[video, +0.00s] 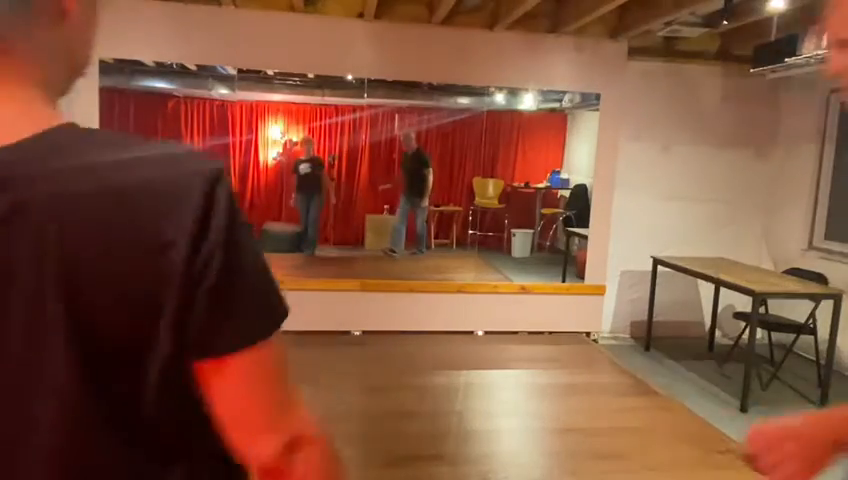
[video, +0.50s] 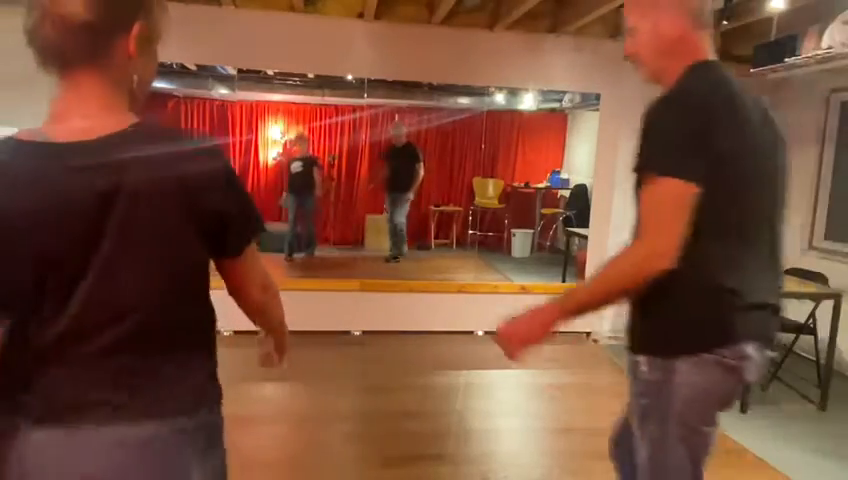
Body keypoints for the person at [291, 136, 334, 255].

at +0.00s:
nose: (308, 148)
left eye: (310, 145)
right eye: (306, 145)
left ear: (313, 146)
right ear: (302, 147)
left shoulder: (318, 161)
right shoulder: (298, 162)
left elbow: (325, 178)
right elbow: (295, 181)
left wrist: (330, 194)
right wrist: (294, 196)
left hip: (316, 193)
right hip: (302, 193)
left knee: (312, 220)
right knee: (303, 220)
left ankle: (310, 247)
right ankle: (303, 245)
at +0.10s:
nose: (308, 148)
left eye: (310, 145)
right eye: (306, 145)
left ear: (313, 146)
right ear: (302, 147)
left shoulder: (317, 161)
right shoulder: (297, 162)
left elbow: (324, 178)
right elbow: (295, 181)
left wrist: (331, 194)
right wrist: (295, 197)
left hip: (315, 194)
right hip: (302, 194)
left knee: (312, 221)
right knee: (302, 221)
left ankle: (310, 247)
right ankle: (302, 245)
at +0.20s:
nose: (307, 147)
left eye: (309, 144)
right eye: (305, 144)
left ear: (313, 146)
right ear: (301, 146)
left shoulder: (317, 160)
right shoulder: (297, 162)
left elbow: (324, 178)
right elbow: (295, 181)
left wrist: (331, 194)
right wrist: (295, 197)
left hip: (315, 193)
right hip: (301, 194)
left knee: (309, 220)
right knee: (300, 220)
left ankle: (310, 247)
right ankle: (301, 244)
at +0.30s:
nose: (306, 147)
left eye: (307, 144)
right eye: (303, 144)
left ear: (311, 145)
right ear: (300, 146)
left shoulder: (316, 161)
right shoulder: (295, 162)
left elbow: (322, 179)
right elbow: (293, 182)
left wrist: (324, 195)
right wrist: (292, 197)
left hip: (313, 194)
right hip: (299, 194)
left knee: (309, 220)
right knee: (299, 220)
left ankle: (309, 247)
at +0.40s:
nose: (303, 148)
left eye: (305, 144)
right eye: (301, 145)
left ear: (309, 145)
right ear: (297, 146)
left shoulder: (314, 160)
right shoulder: (293, 162)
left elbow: (319, 177)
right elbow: (290, 179)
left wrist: (320, 190)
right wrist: (288, 194)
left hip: (310, 194)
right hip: (296, 195)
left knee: (310, 222)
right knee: (293, 222)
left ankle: (310, 249)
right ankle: (289, 251)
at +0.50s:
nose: (301, 147)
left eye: (303, 144)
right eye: (299, 144)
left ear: (307, 145)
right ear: (295, 146)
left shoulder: (312, 160)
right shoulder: (291, 161)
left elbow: (317, 176)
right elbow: (288, 180)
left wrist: (318, 189)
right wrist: (285, 194)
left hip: (308, 193)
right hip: (293, 193)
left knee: (309, 221)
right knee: (292, 222)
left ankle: (310, 248)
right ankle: (289, 251)